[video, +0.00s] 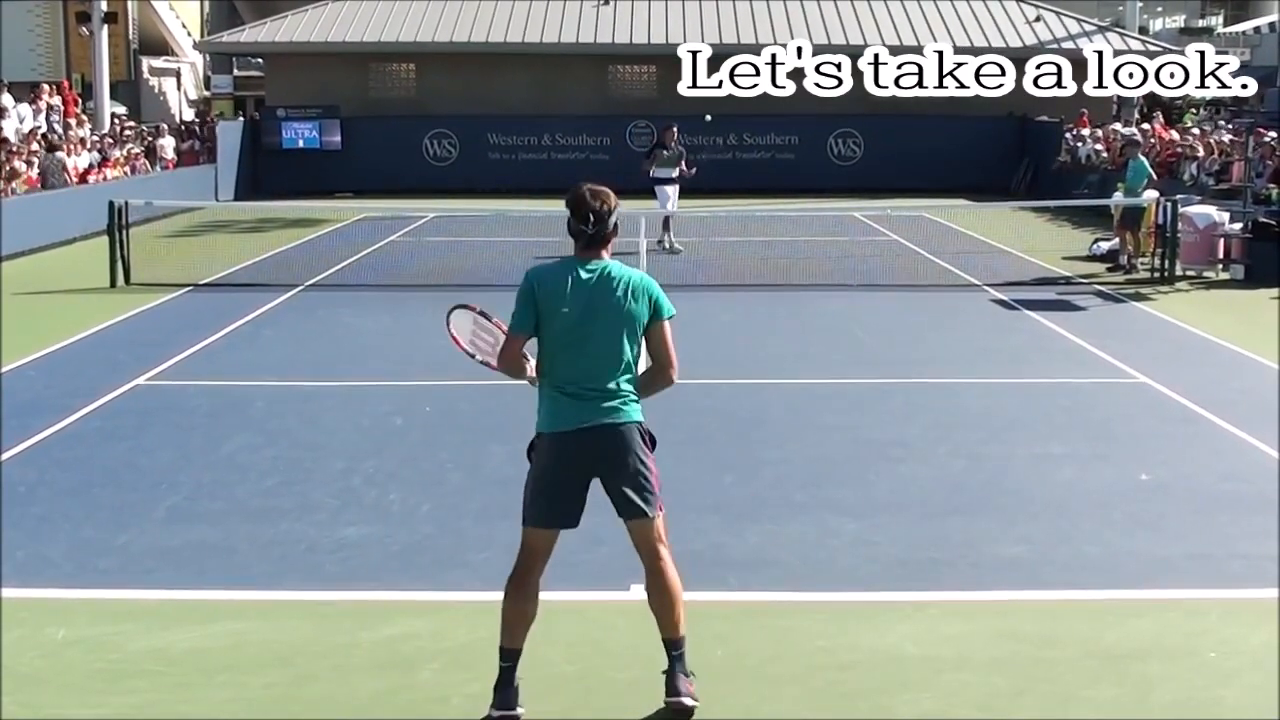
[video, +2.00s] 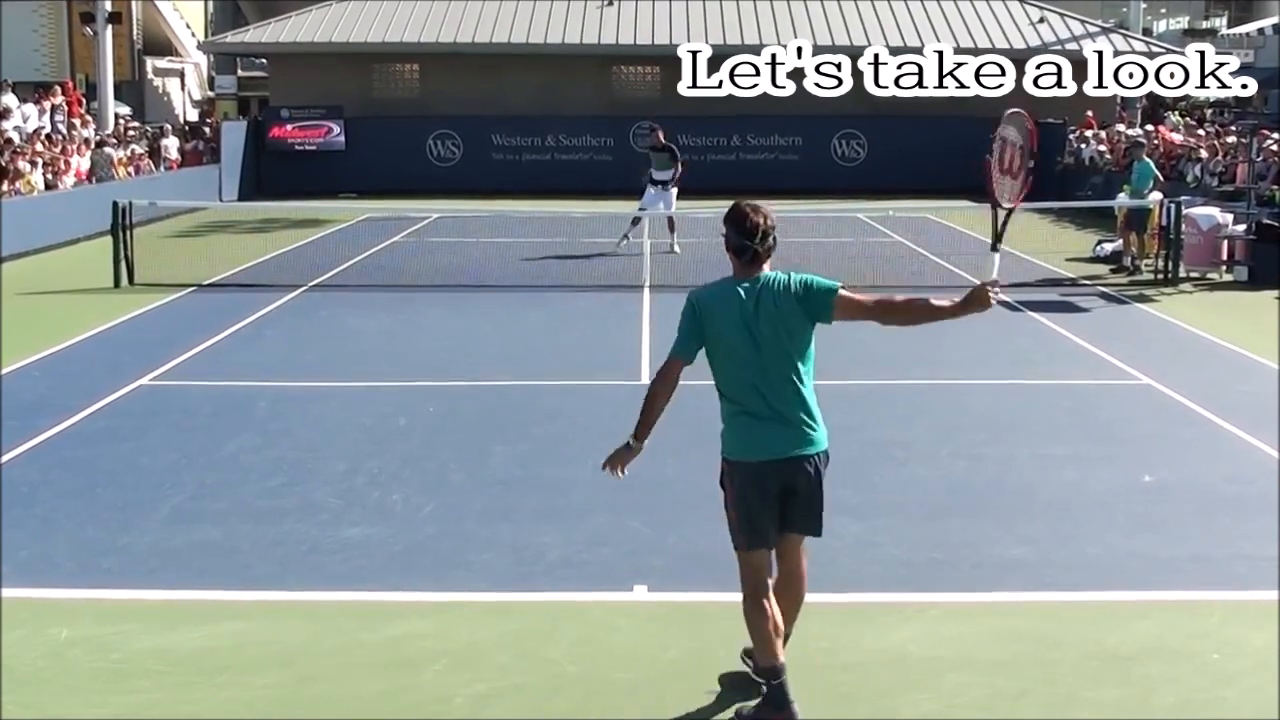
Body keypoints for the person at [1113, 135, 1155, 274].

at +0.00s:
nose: (1126, 151)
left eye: (1128, 148)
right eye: (1126, 148)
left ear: (1136, 148)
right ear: (1128, 149)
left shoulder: (1142, 162)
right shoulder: (1131, 162)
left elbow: (1153, 178)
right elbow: (1132, 180)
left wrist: (1142, 190)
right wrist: (1124, 187)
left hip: (1138, 202)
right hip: (1128, 200)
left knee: (1134, 231)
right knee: (1121, 230)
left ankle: (1135, 262)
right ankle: (1122, 261)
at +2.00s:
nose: (1133, 153)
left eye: (1136, 150)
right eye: (1132, 150)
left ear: (1142, 150)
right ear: (1132, 151)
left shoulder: (1148, 163)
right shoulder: (1135, 164)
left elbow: (1160, 180)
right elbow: (1136, 181)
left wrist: (1149, 192)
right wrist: (1130, 189)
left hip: (1143, 203)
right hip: (1133, 202)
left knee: (1140, 234)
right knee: (1125, 231)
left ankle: (1139, 264)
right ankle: (1126, 262)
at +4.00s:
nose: (1124, 154)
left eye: (1127, 151)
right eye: (1124, 151)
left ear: (1133, 152)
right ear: (1125, 152)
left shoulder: (1139, 166)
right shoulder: (1126, 166)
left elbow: (1151, 183)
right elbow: (1124, 183)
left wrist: (1139, 194)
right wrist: (1119, 190)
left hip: (1134, 205)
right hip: (1123, 204)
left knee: (1131, 235)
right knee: (1117, 234)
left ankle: (1132, 266)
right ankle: (1118, 264)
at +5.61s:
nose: (1126, 145)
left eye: (1128, 142)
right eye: (1125, 142)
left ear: (1135, 142)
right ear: (1124, 143)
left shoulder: (1140, 157)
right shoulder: (1126, 157)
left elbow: (1152, 173)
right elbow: (1126, 174)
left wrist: (1140, 185)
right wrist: (1121, 182)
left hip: (1135, 196)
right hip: (1124, 195)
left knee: (1131, 226)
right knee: (1116, 224)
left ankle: (1131, 257)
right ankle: (1117, 255)